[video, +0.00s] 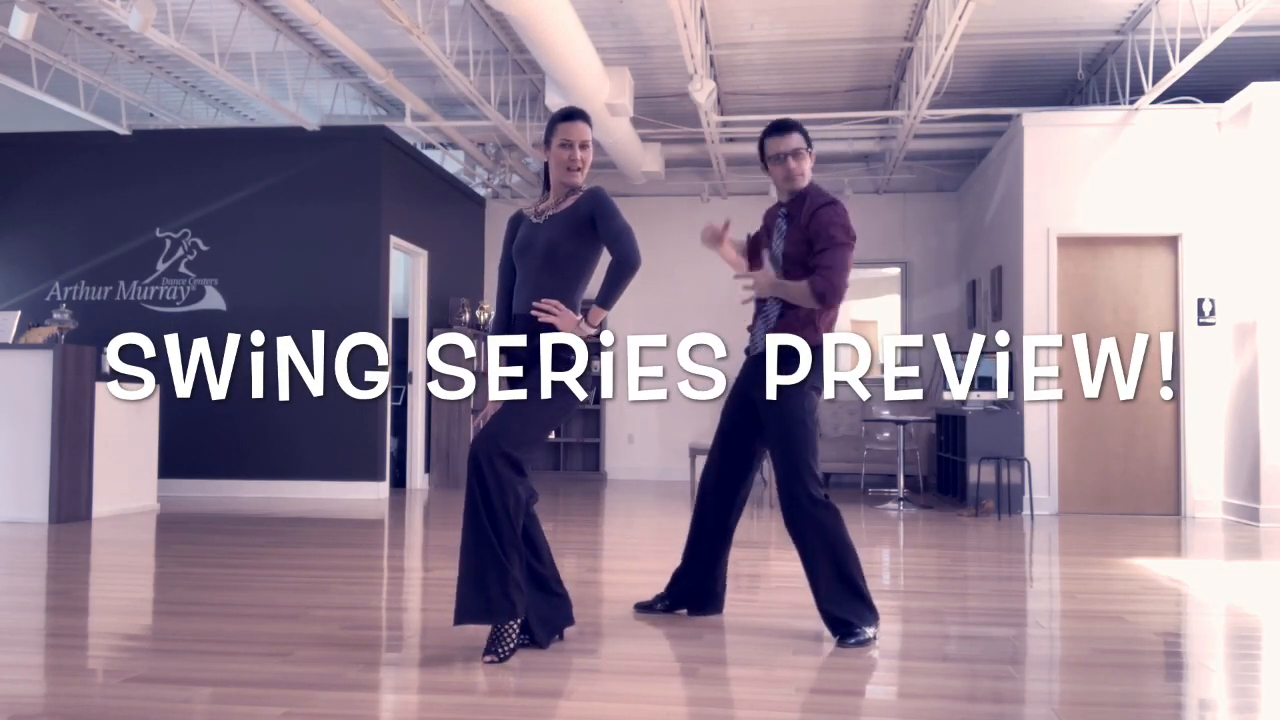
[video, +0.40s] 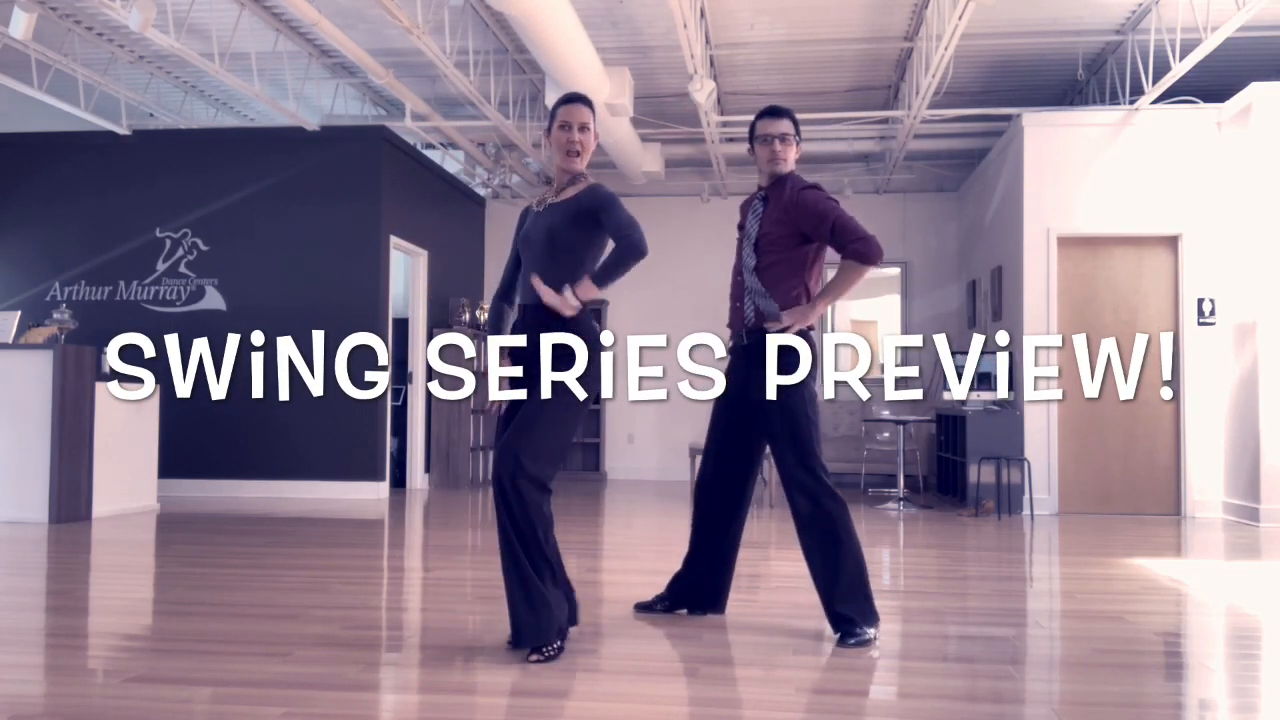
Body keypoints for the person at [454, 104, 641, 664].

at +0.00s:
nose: (578, 154)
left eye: (585, 146)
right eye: (567, 145)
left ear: (593, 153)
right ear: (545, 152)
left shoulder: (592, 201)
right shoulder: (521, 220)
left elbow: (628, 256)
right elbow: (504, 307)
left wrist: (591, 322)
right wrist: (492, 386)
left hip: (560, 361)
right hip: (518, 361)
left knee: (490, 450)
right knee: (503, 476)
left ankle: (510, 607)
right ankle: (546, 607)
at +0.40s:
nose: (575, 137)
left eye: (584, 129)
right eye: (566, 128)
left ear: (594, 140)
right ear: (548, 137)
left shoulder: (597, 198)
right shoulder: (533, 212)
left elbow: (634, 244)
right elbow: (509, 285)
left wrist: (584, 292)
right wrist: (492, 338)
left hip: (567, 352)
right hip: (523, 351)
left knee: (521, 472)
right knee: (511, 474)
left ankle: (551, 614)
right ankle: (539, 613)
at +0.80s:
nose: (589, 149)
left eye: (599, 141)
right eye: (579, 141)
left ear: (609, 154)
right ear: (561, 152)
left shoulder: (614, 212)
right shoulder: (536, 219)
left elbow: (681, 143)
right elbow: (527, 276)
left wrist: (628, 88)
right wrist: (601, 260)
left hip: (582, 358)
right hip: (538, 358)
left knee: (506, 460)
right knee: (546, 487)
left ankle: (537, 611)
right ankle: (591, 611)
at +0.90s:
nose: (595, 157)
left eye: (604, 149)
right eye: (585, 149)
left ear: (613, 161)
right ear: (566, 159)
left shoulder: (621, 222)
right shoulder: (539, 230)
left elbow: (689, 153)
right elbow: (508, 300)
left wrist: (637, 96)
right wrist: (574, 283)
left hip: (583, 375)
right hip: (537, 375)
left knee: (506, 465)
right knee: (538, 493)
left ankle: (534, 612)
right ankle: (588, 609)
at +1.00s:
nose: (597, 157)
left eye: (607, 149)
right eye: (588, 148)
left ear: (616, 160)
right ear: (568, 157)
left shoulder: (626, 215)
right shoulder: (545, 225)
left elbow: (694, 159)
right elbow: (516, 287)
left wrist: (644, 101)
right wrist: (566, 244)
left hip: (583, 368)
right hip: (538, 367)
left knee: (510, 464)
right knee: (539, 487)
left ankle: (537, 614)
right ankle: (588, 607)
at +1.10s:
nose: (598, 151)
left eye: (607, 144)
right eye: (589, 142)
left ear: (616, 156)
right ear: (569, 151)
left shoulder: (622, 209)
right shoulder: (543, 214)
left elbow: (697, 159)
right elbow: (531, 266)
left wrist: (650, 100)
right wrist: (601, 237)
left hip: (583, 361)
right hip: (539, 359)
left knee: (509, 461)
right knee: (542, 484)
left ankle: (538, 611)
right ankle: (588, 606)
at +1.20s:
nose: (597, 155)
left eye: (607, 148)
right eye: (588, 145)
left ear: (616, 159)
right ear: (569, 153)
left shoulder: (622, 212)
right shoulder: (540, 218)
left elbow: (702, 176)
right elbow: (526, 289)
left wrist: (665, 112)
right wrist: (594, 288)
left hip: (586, 364)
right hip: (543, 364)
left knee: (506, 462)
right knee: (538, 485)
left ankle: (538, 614)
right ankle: (588, 607)